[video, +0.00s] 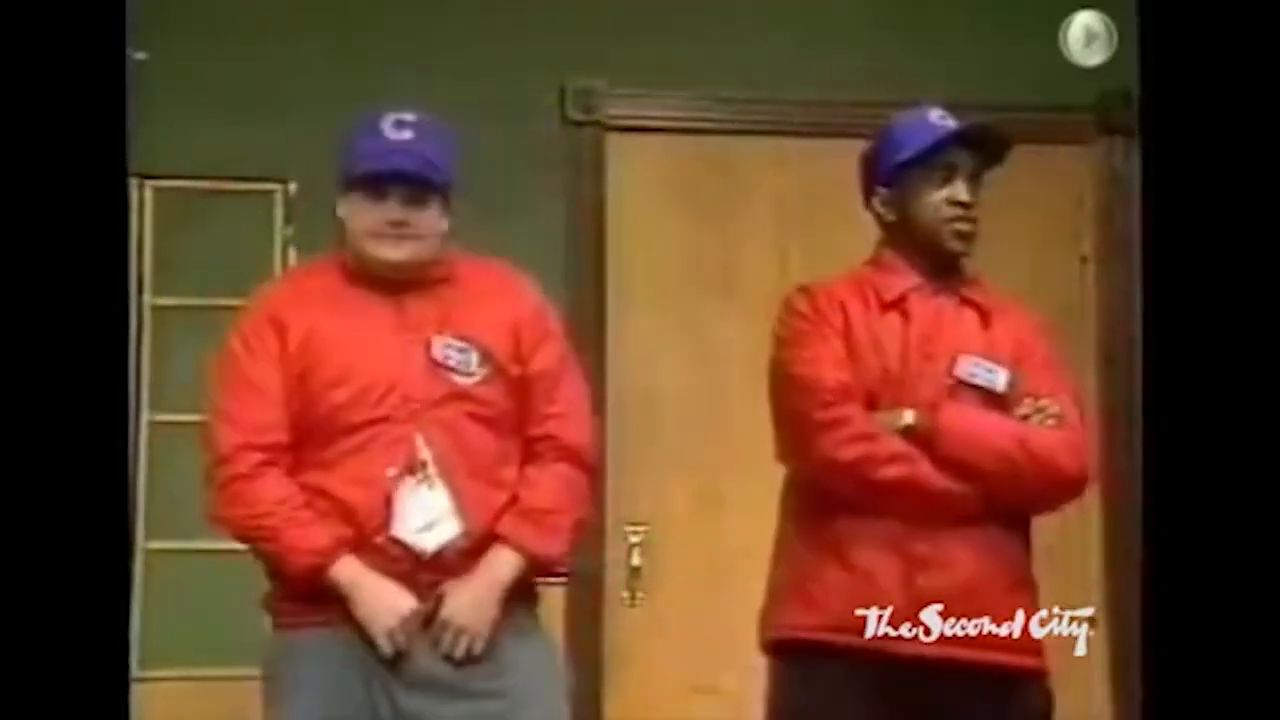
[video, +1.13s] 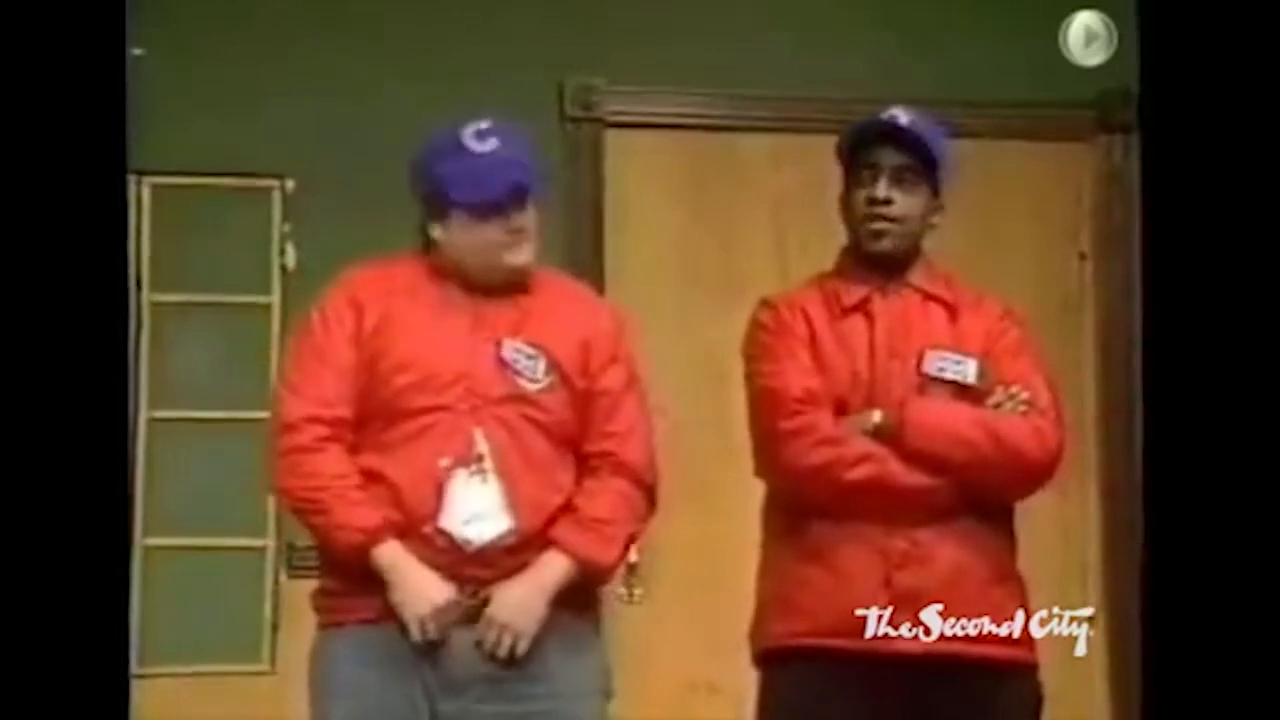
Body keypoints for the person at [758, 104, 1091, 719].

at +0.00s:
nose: (965, 197)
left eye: (972, 181)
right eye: (941, 178)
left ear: (981, 196)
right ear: (885, 201)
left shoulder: (1013, 325)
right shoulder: (821, 309)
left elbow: (1065, 466)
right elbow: (833, 454)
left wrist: (921, 423)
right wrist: (1001, 477)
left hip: (988, 647)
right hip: (839, 643)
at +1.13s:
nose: (879, 195)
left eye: (902, 180)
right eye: (865, 178)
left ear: (933, 205)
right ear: (842, 200)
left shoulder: (989, 321)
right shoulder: (788, 317)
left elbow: (1034, 449)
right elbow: (797, 458)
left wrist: (890, 422)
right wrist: (972, 462)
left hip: (973, 646)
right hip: (823, 645)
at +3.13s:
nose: (845, 196)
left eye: (866, 178)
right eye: (832, 182)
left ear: (910, 193)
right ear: (820, 195)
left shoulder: (979, 305)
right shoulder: (781, 311)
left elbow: (1016, 430)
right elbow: (785, 451)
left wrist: (879, 389)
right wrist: (952, 458)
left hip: (966, 643)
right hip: (816, 646)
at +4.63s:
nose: (903, 195)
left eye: (906, 177)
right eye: (876, 178)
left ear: (918, 187)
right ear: (821, 204)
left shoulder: (967, 312)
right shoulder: (774, 318)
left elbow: (1021, 436)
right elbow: (788, 454)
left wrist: (878, 416)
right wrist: (964, 462)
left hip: (965, 643)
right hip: (815, 645)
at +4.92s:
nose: (906, 196)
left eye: (909, 178)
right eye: (880, 179)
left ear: (920, 188)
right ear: (822, 203)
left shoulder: (969, 311)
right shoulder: (776, 317)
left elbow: (1021, 436)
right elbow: (789, 453)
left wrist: (878, 415)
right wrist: (964, 462)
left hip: (964, 641)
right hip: (815, 643)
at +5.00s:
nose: (906, 195)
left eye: (910, 177)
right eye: (881, 179)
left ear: (921, 186)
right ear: (824, 203)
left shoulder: (970, 311)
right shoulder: (776, 316)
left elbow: (1021, 437)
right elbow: (788, 453)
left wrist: (878, 415)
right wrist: (963, 463)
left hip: (963, 642)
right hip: (814, 643)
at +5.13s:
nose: (907, 194)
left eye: (911, 177)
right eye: (882, 178)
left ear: (922, 186)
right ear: (825, 202)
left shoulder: (972, 312)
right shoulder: (777, 315)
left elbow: (1022, 438)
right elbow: (789, 453)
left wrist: (879, 416)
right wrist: (964, 463)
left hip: (963, 642)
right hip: (814, 643)